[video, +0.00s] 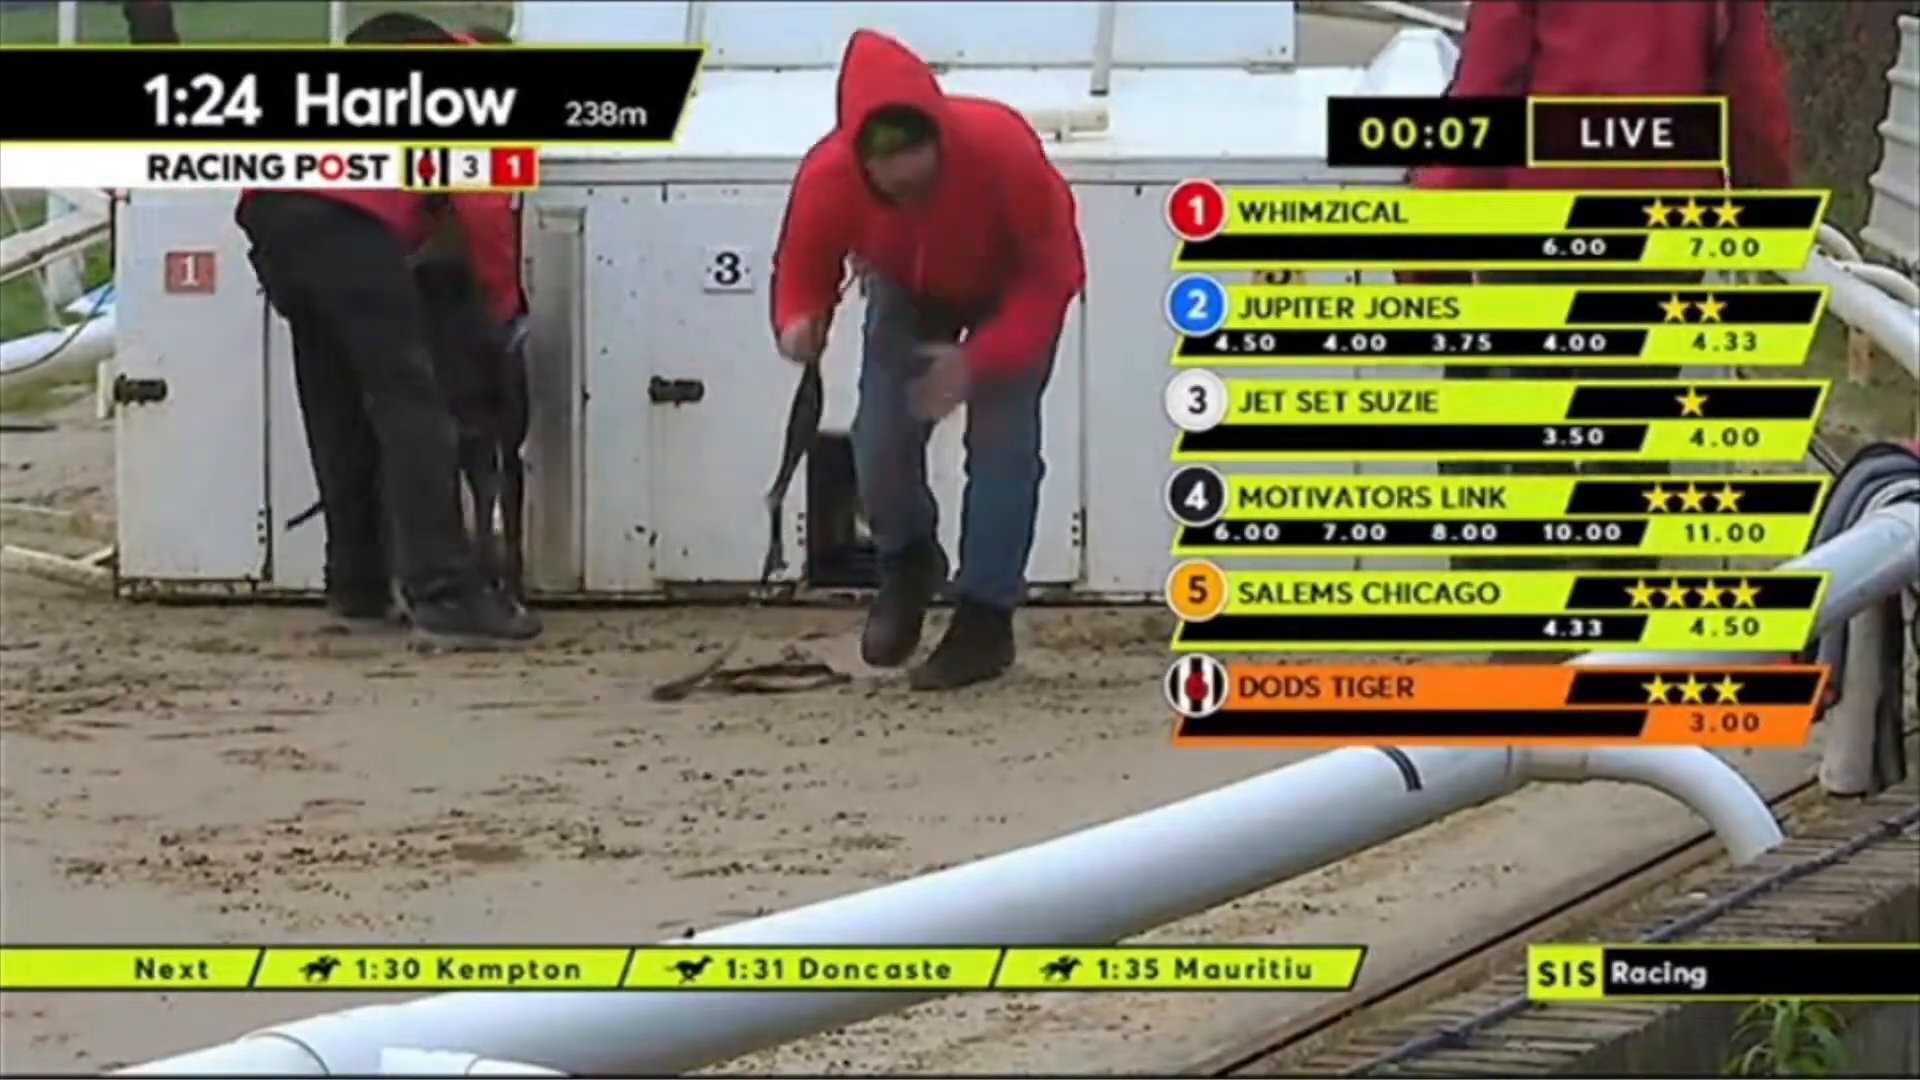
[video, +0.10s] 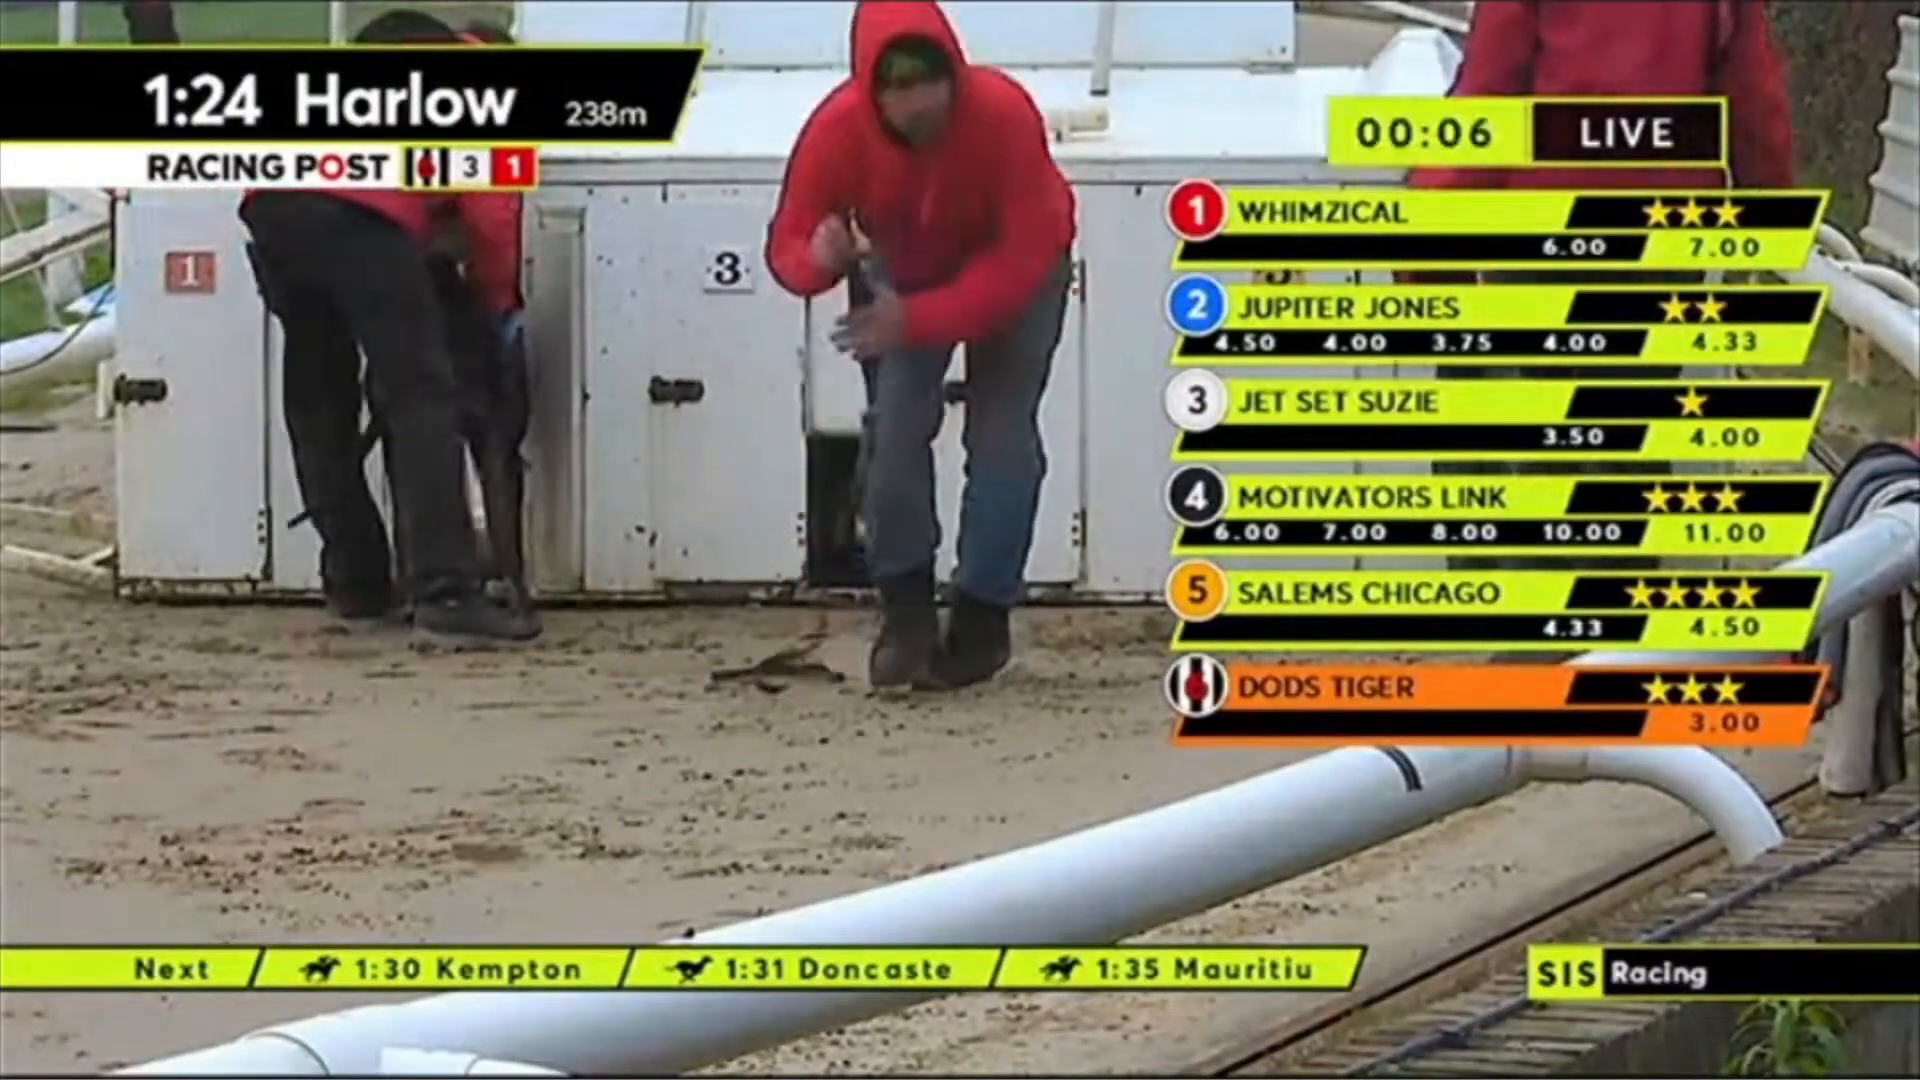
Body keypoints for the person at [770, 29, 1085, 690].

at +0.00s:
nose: (905, 196)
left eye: (917, 181)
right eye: (890, 188)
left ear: (939, 142)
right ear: (861, 159)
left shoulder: (1003, 151)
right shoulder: (829, 176)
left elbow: (1054, 273)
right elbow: (802, 267)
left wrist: (976, 360)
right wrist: (799, 320)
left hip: (1011, 288)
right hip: (907, 290)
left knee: (1001, 448)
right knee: (881, 443)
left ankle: (985, 619)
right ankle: (907, 564)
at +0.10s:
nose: (916, 100)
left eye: (929, 80)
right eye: (896, 84)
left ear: (953, 74)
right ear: (871, 85)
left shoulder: (1003, 115)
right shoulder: (837, 129)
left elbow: (1027, 254)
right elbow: (787, 249)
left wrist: (914, 321)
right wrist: (819, 262)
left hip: (1012, 259)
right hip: (906, 269)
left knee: (1001, 429)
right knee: (896, 428)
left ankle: (982, 618)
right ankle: (907, 615)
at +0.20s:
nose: (933, 43)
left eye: (948, 24)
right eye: (914, 27)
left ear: (970, 25)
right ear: (886, 31)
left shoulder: (1011, 81)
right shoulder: (848, 86)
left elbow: (1024, 228)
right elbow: (774, 229)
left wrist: (890, 269)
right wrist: (814, 198)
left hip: (1014, 269)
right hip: (903, 269)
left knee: (998, 430)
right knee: (906, 427)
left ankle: (980, 613)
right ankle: (904, 624)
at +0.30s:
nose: (948, 7)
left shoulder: (1019, 60)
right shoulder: (847, 64)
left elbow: (1032, 218)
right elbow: (760, 201)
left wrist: (900, 231)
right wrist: (790, 137)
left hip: (1020, 278)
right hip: (909, 276)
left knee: (999, 437)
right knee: (920, 425)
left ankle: (981, 618)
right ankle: (918, 628)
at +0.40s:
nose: (937, 2)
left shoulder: (1032, 41)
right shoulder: (865, 45)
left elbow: (1051, 194)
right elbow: (750, 160)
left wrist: (930, 196)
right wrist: (767, 85)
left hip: (1027, 291)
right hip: (916, 285)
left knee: (1004, 468)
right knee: (920, 455)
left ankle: (980, 611)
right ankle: (922, 660)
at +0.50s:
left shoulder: (1057, 18)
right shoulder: (877, 16)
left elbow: (1085, 153)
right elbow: (778, 104)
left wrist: (963, 181)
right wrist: (772, 16)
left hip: (1038, 278)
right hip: (922, 276)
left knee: (1027, 468)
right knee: (918, 467)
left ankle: (999, 595)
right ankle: (923, 665)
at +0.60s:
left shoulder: (1082, 11)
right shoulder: (879, 12)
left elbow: (1112, 127)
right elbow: (792, 49)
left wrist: (996, 188)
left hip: (1053, 261)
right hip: (933, 265)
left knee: (1055, 442)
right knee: (924, 463)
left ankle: (1025, 626)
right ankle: (923, 662)